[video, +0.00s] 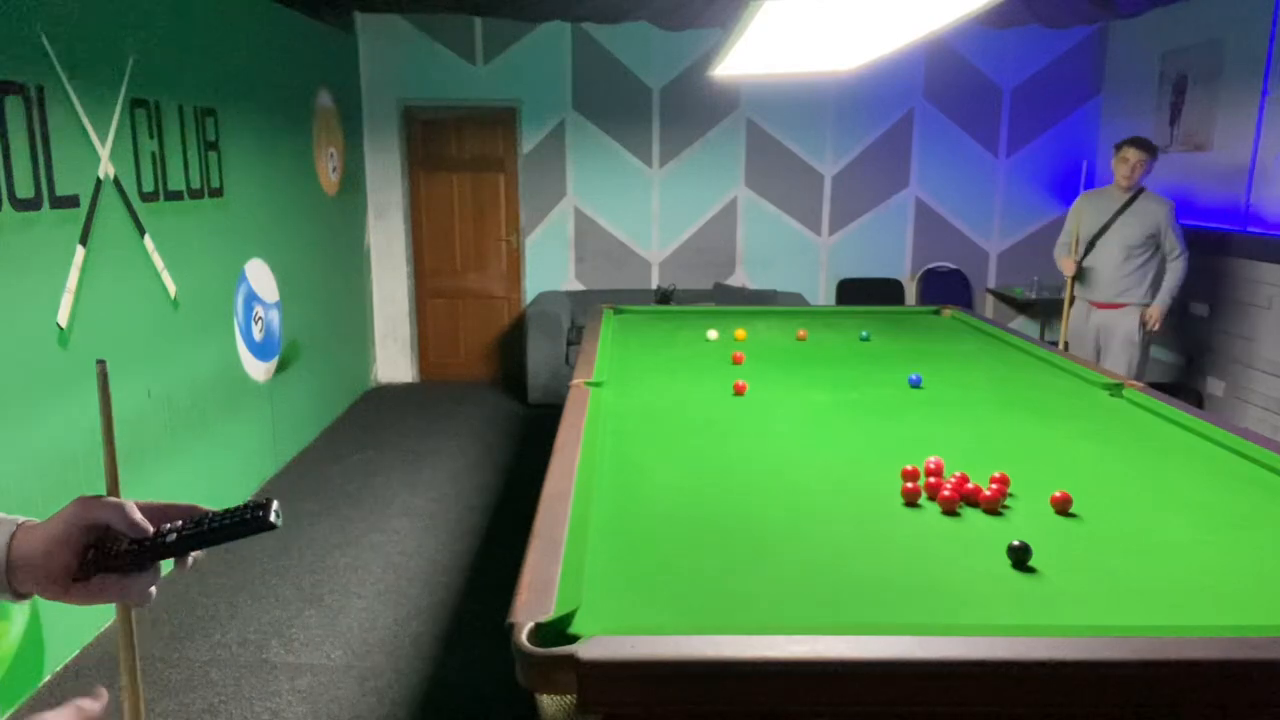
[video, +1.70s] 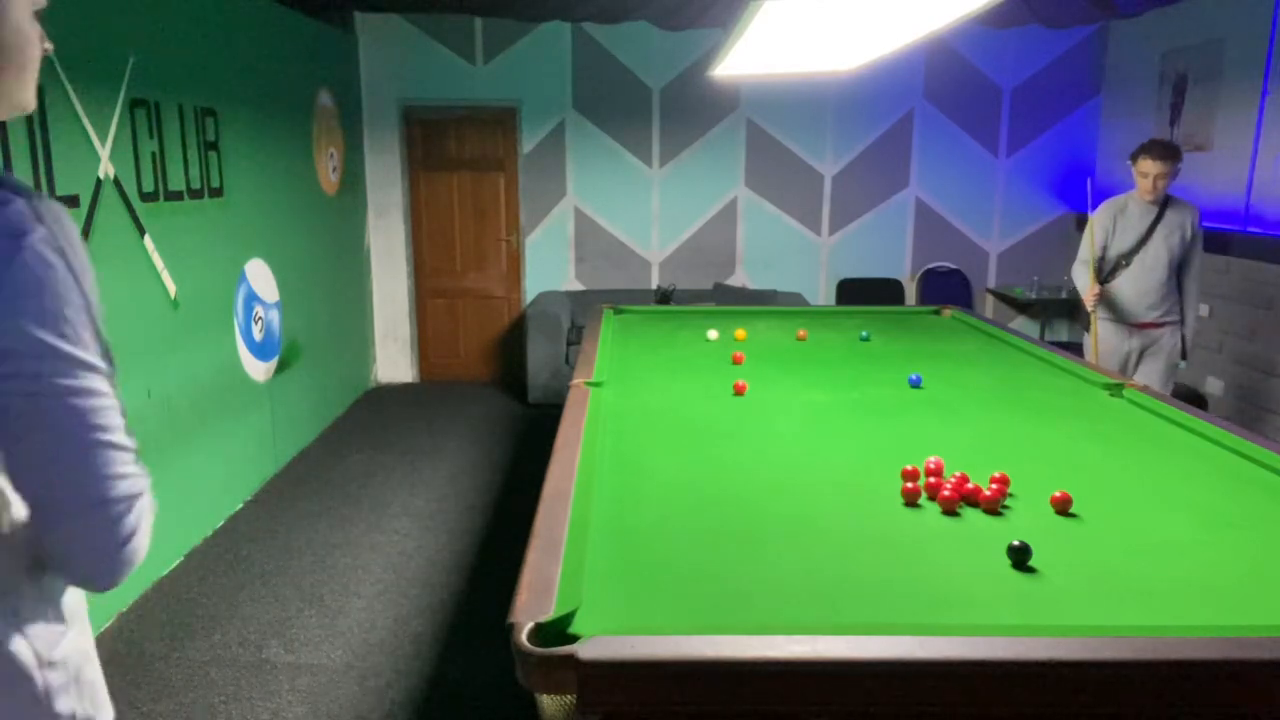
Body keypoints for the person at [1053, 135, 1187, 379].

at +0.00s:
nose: (1129, 169)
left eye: (1139, 164)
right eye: (1124, 160)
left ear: (1147, 171)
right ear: (1114, 161)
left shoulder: (1160, 210)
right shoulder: (1085, 202)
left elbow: (1177, 259)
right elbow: (1063, 244)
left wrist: (1161, 304)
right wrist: (1064, 260)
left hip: (1128, 316)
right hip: (1083, 310)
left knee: (1115, 395)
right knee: (1071, 387)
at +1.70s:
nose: (1151, 185)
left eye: (1161, 177)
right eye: (1144, 175)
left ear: (1174, 176)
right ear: (1134, 171)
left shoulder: (1187, 217)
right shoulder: (1108, 212)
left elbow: (1190, 280)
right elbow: (1083, 263)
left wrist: (1187, 336)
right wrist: (1088, 289)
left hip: (1162, 335)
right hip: (1110, 331)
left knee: (1146, 419)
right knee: (1101, 417)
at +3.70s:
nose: (1161, 191)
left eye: (1171, 182)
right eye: (1157, 182)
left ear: (1201, 174)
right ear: (1154, 175)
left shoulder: (1227, 223)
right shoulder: (1147, 213)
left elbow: (1234, 301)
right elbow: (1121, 275)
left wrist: (1173, 342)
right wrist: (1093, 327)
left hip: (1179, 364)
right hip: (1127, 352)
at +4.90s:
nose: (1116, 193)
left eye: (1125, 183)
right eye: (1110, 184)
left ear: (1151, 172)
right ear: (1105, 180)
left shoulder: (1183, 217)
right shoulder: (1098, 214)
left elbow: (1196, 288)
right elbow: (1080, 274)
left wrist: (1140, 329)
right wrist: (1073, 325)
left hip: (1155, 355)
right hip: (1100, 349)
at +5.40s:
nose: (1157, 194)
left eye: (1168, 185)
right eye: (1150, 184)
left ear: (1193, 179)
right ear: (1144, 178)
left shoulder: (1220, 227)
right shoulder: (1127, 216)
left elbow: (1231, 299)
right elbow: (1098, 274)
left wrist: (1184, 341)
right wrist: (1087, 326)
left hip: (1178, 367)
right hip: (1122, 357)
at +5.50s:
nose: (1177, 194)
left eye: (1190, 185)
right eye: (1170, 183)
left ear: (1214, 179)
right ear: (1164, 176)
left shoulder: (1238, 228)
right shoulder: (1143, 215)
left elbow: (1251, 297)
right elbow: (1112, 275)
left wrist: (1198, 329)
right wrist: (1100, 329)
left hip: (1194, 366)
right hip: (1136, 357)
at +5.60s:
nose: (1208, 198)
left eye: (1221, 188)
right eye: (1200, 185)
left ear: (1242, 183)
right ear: (1192, 177)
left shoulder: (1263, 228)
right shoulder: (1165, 217)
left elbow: (1272, 298)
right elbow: (1132, 277)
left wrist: (1215, 286)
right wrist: (1121, 329)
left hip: (1212, 369)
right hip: (1150, 359)